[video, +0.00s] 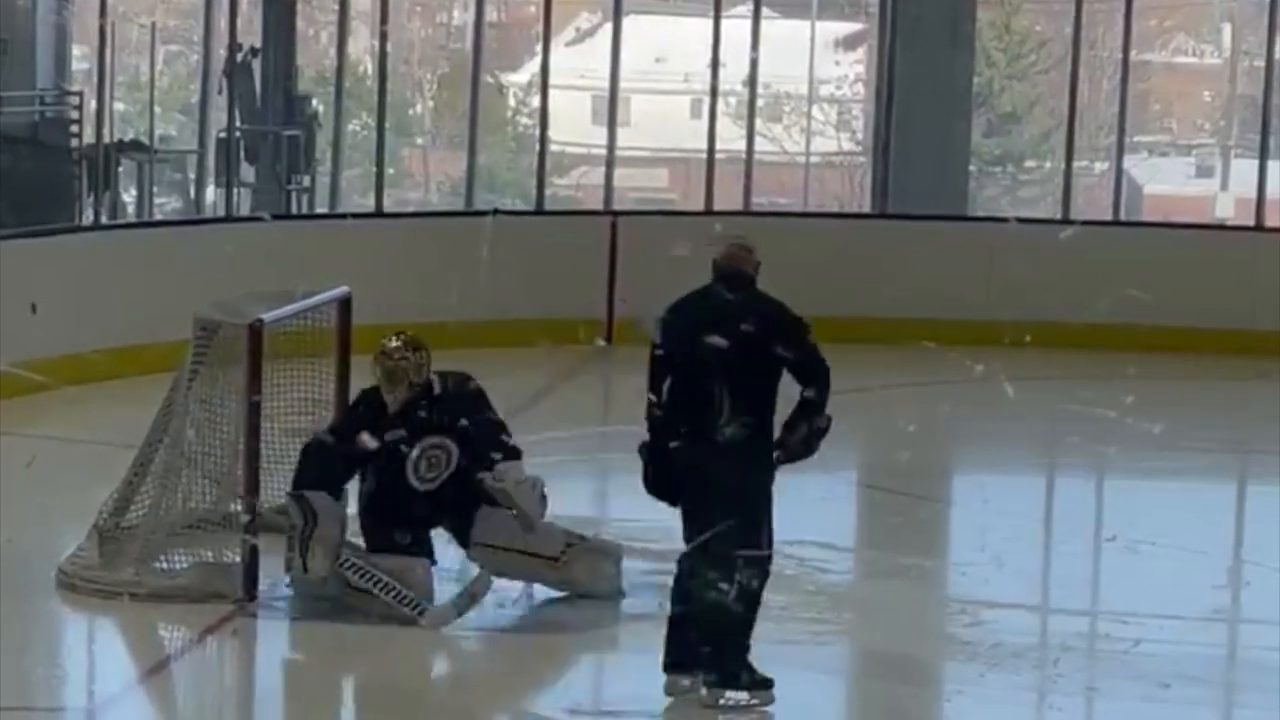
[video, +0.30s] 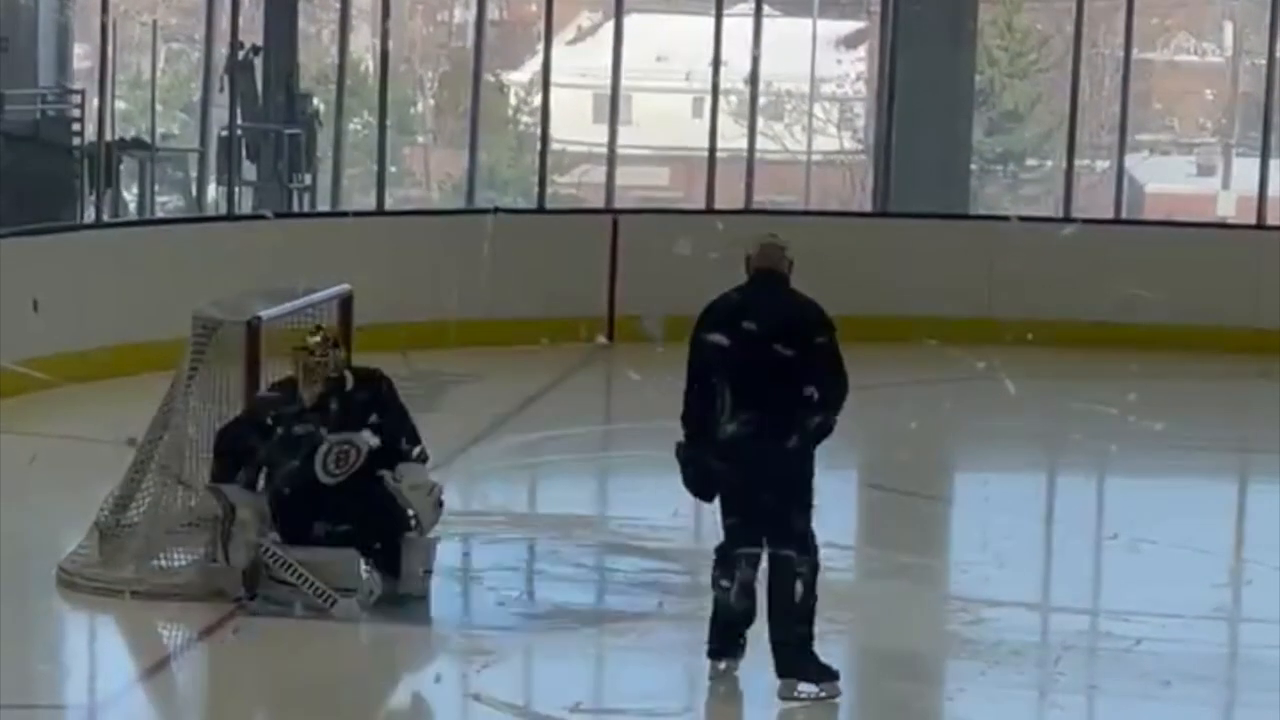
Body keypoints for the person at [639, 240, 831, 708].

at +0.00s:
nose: (748, 272)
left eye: (737, 265)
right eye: (750, 267)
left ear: (713, 271)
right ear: (755, 273)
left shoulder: (679, 313)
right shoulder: (771, 315)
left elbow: (659, 389)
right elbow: (816, 376)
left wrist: (657, 451)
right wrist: (799, 431)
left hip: (689, 457)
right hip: (745, 460)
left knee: (699, 556)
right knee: (750, 559)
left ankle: (683, 663)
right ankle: (730, 665)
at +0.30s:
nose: (774, 270)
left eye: (762, 262)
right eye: (780, 264)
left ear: (747, 268)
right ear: (789, 270)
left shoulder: (717, 313)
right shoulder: (809, 314)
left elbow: (698, 391)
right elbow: (834, 385)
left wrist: (697, 455)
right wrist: (808, 434)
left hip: (734, 454)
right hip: (787, 457)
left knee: (738, 545)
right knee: (793, 552)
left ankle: (724, 647)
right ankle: (796, 665)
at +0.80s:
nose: (840, 262)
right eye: (847, 256)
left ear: (810, 254)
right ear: (849, 257)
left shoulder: (780, 292)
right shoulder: (868, 300)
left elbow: (754, 362)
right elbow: (875, 371)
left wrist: (746, 421)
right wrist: (861, 420)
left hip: (788, 430)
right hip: (844, 436)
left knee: (786, 521)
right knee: (842, 529)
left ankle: (771, 621)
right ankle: (839, 630)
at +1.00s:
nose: (877, 261)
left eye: (868, 252)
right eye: (886, 254)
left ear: (852, 255)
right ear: (890, 258)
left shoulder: (821, 294)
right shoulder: (910, 301)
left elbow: (796, 364)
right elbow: (926, 365)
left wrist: (787, 422)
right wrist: (909, 415)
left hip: (832, 427)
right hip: (888, 433)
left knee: (814, 517)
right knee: (884, 526)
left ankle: (789, 609)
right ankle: (874, 618)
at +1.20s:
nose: (916, 261)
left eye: (908, 253)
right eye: (928, 254)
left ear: (899, 253)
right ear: (938, 255)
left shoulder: (876, 293)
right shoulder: (965, 300)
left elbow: (852, 363)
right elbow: (978, 366)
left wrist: (839, 420)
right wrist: (954, 416)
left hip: (880, 427)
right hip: (938, 435)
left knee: (855, 511)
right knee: (928, 523)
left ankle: (818, 602)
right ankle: (910, 616)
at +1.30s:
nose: (927, 258)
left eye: (923, 251)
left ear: (922, 251)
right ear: (960, 252)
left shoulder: (899, 292)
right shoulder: (988, 297)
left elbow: (874, 365)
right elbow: (1004, 365)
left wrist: (863, 423)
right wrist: (973, 415)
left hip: (901, 426)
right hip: (957, 432)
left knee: (882, 509)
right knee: (948, 522)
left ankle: (853, 597)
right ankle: (930, 612)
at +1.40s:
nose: (943, 255)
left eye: (943, 248)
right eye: (952, 248)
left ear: (943, 249)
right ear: (980, 251)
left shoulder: (920, 292)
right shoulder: (1009, 295)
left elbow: (896, 362)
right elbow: (1028, 358)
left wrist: (886, 420)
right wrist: (995, 405)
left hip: (923, 425)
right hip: (977, 429)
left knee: (910, 507)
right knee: (967, 515)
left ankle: (894, 601)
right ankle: (952, 609)